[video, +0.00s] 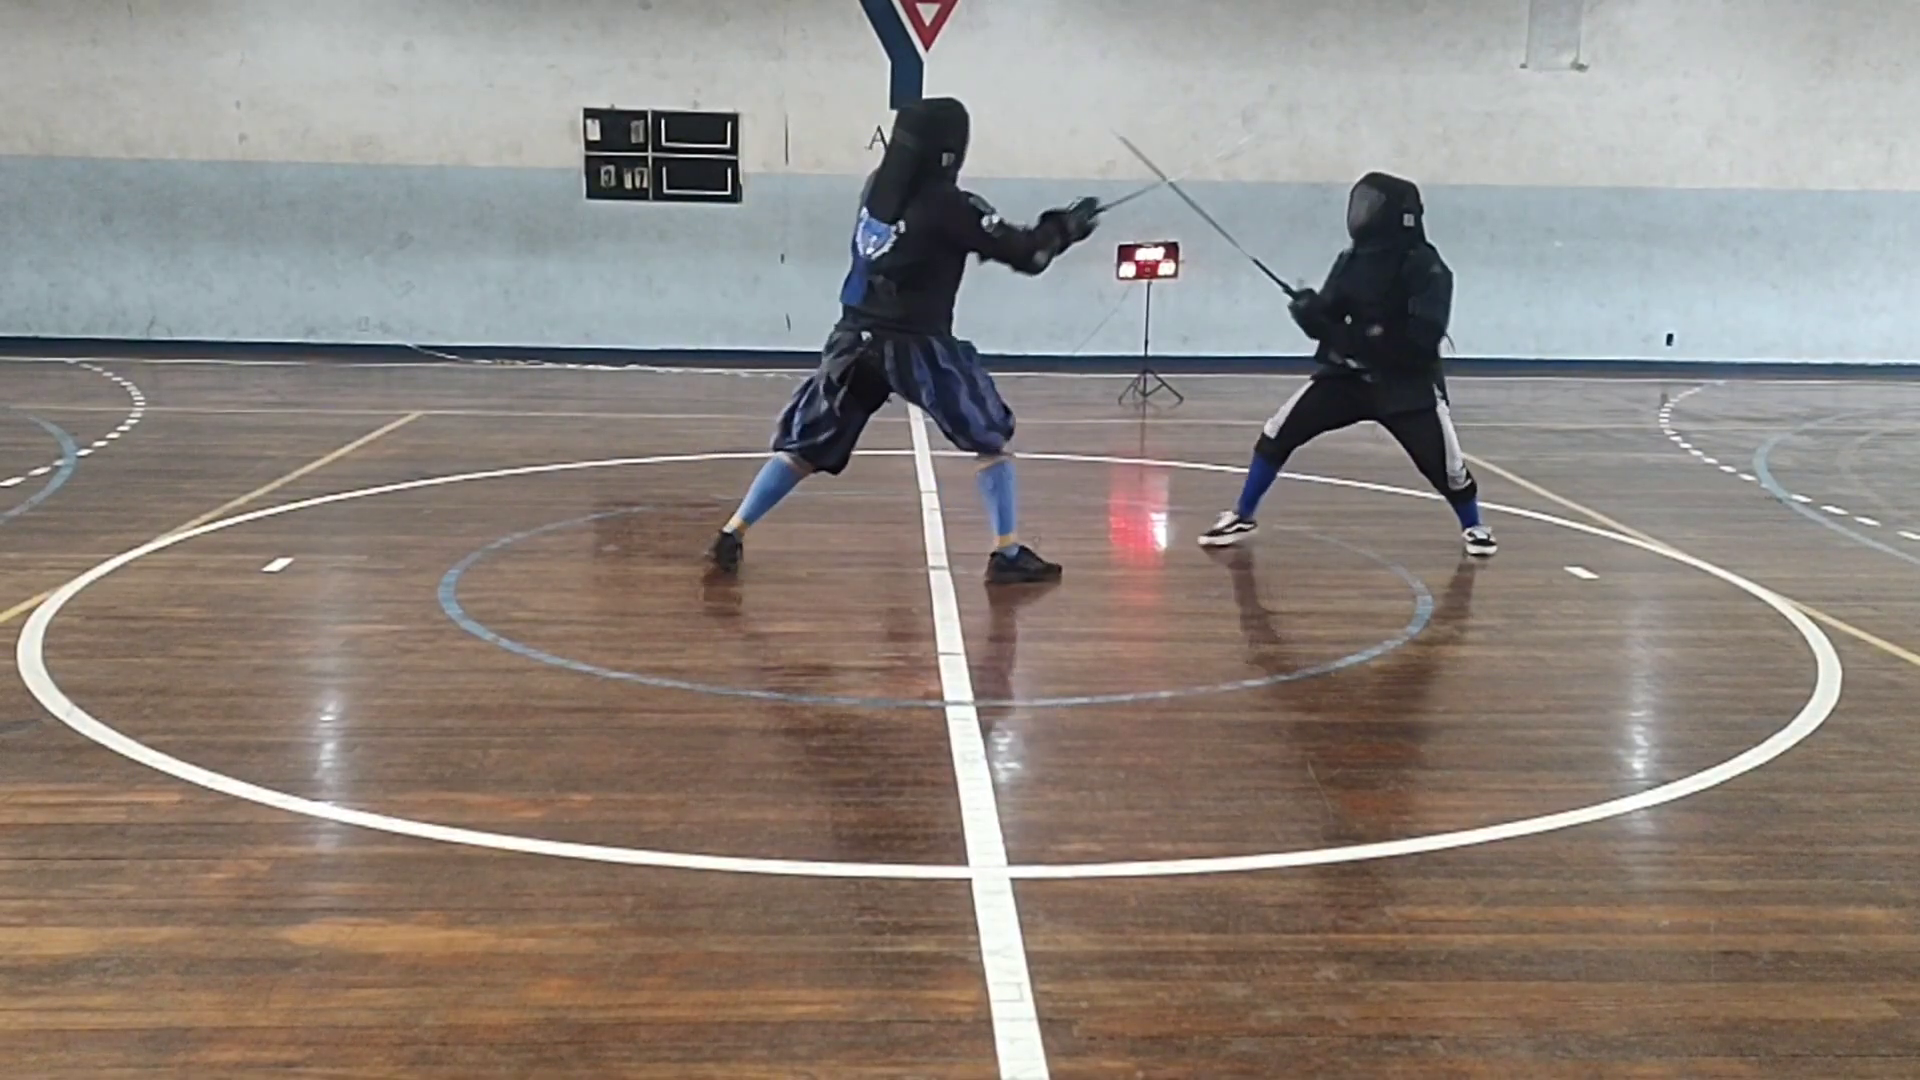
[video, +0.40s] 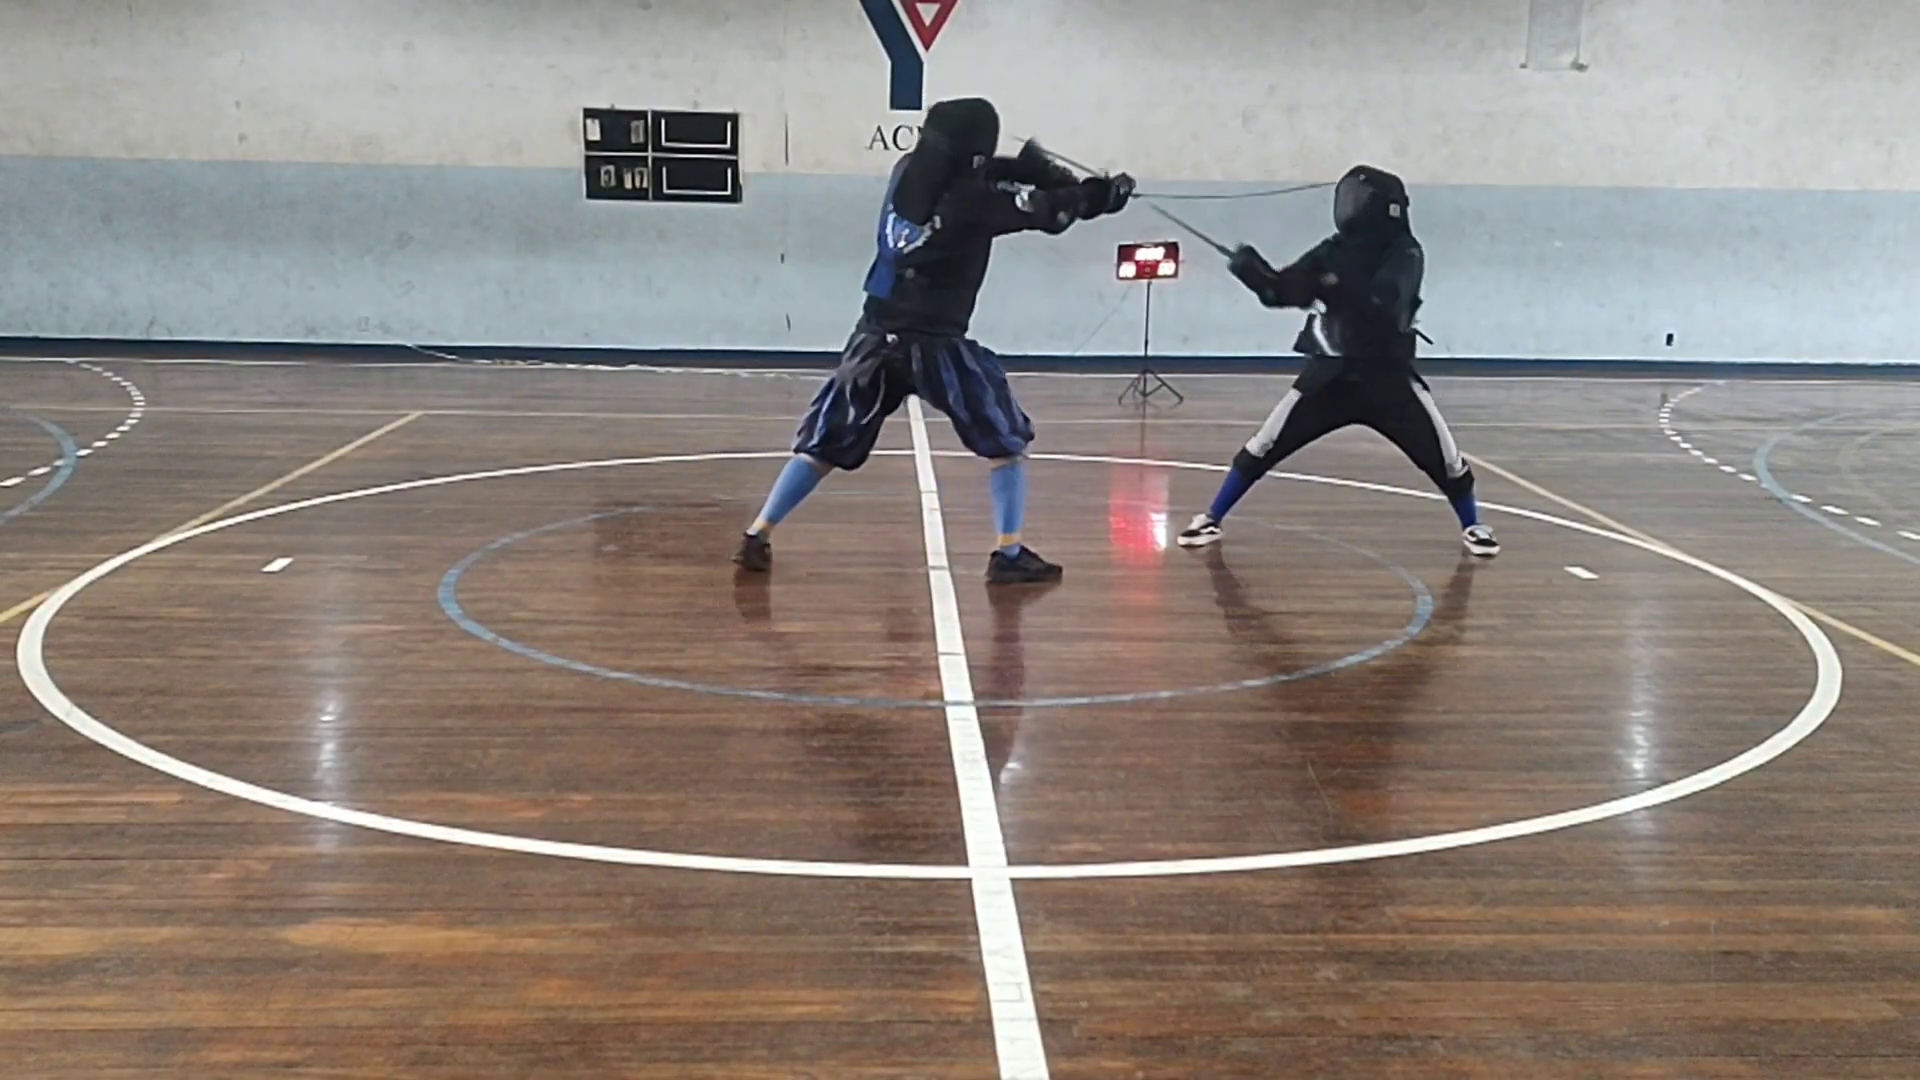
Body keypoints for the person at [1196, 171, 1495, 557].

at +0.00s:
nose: (1357, 212)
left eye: (1367, 203)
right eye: (1357, 202)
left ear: (1396, 212)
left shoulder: (1427, 269)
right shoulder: (1351, 261)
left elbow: (1417, 347)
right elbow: (1329, 324)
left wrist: (1343, 335)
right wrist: (1309, 313)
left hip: (1407, 386)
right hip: (1347, 380)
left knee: (1445, 465)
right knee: (1277, 435)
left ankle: (1473, 527)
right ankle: (1242, 516)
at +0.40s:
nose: (1345, 210)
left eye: (1356, 201)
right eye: (1344, 200)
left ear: (1381, 207)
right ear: (1344, 204)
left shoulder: (1405, 254)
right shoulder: (1335, 251)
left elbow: (1386, 316)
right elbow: (1284, 291)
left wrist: (1333, 291)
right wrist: (1254, 271)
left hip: (1388, 382)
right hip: (1328, 380)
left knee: (1447, 461)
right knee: (1262, 448)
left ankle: (1473, 527)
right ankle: (1211, 519)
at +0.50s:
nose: (1343, 206)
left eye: (1353, 198)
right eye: (1341, 198)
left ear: (1376, 204)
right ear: (1340, 205)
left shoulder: (1399, 247)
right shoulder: (1328, 246)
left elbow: (1358, 270)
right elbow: (1277, 270)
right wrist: (1244, 252)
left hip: (1383, 374)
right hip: (1322, 373)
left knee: (1442, 455)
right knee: (1258, 445)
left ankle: (1472, 527)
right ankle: (1210, 519)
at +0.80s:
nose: (1322, 198)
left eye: (1330, 191)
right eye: (1320, 191)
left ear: (1350, 193)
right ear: (1319, 192)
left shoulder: (1379, 234)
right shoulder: (1305, 232)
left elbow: (1335, 221)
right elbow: (1255, 219)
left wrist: (1307, 192)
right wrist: (1225, 185)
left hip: (1359, 372)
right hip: (1300, 371)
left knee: (1424, 451)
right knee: (1247, 449)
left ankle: (1461, 528)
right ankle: (1208, 521)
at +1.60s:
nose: (1324, 175)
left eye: (1336, 166)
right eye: (1319, 165)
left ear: (1355, 174)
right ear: (1310, 169)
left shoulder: (1368, 216)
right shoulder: (1291, 213)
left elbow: (1362, 240)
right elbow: (1246, 259)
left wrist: (1316, 211)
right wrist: (1233, 225)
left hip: (1337, 347)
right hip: (1278, 343)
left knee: (1372, 439)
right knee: (1237, 431)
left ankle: (1391, 523)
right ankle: (1207, 518)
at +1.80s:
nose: (1327, 180)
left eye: (1338, 171)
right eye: (1322, 171)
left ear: (1361, 177)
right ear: (1313, 176)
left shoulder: (1379, 224)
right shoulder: (1303, 227)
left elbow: (1422, 241)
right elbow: (1286, 299)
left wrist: (1362, 223)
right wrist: (1296, 250)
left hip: (1344, 351)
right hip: (1289, 345)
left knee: (1352, 443)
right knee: (1241, 430)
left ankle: (1375, 524)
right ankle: (1206, 515)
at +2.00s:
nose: (1343, 178)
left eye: (1353, 169)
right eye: (1339, 169)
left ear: (1379, 173)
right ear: (1335, 174)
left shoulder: (1405, 216)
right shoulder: (1330, 226)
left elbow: (1445, 227)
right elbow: (1320, 301)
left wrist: (1381, 221)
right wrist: (1319, 256)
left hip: (1382, 336)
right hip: (1330, 335)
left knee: (1376, 439)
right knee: (1277, 424)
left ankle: (1379, 525)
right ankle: (1226, 508)